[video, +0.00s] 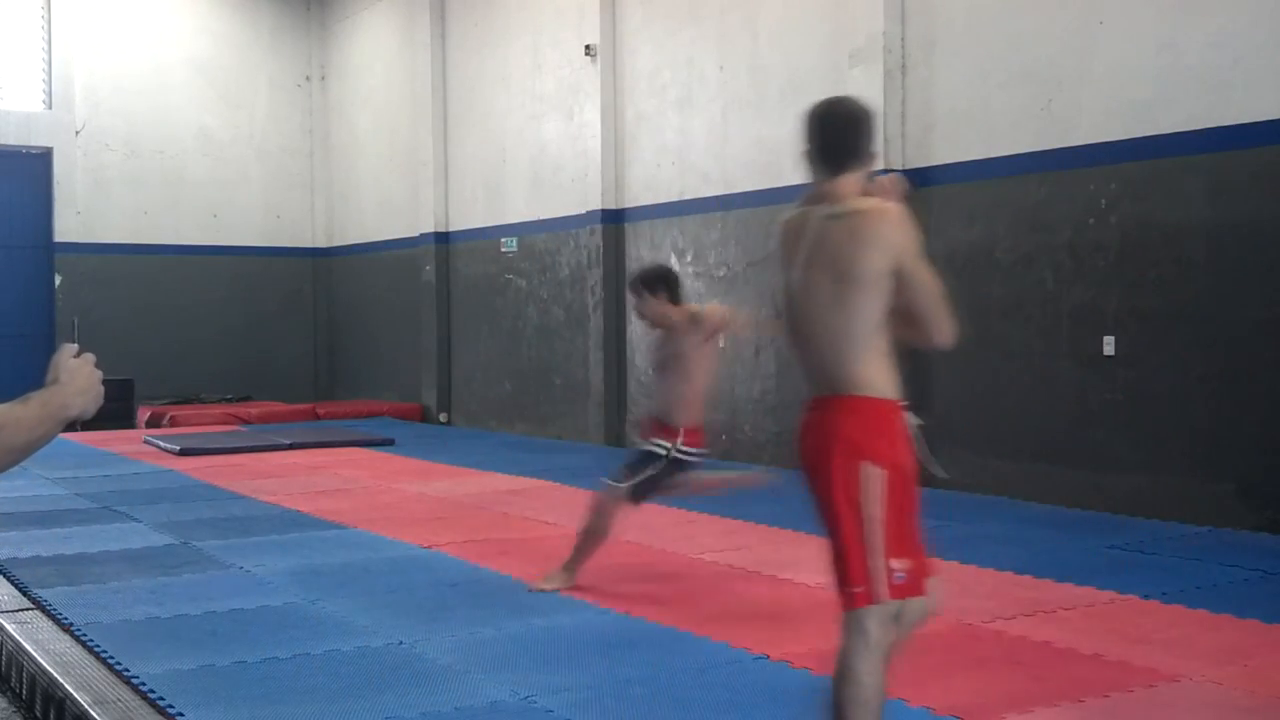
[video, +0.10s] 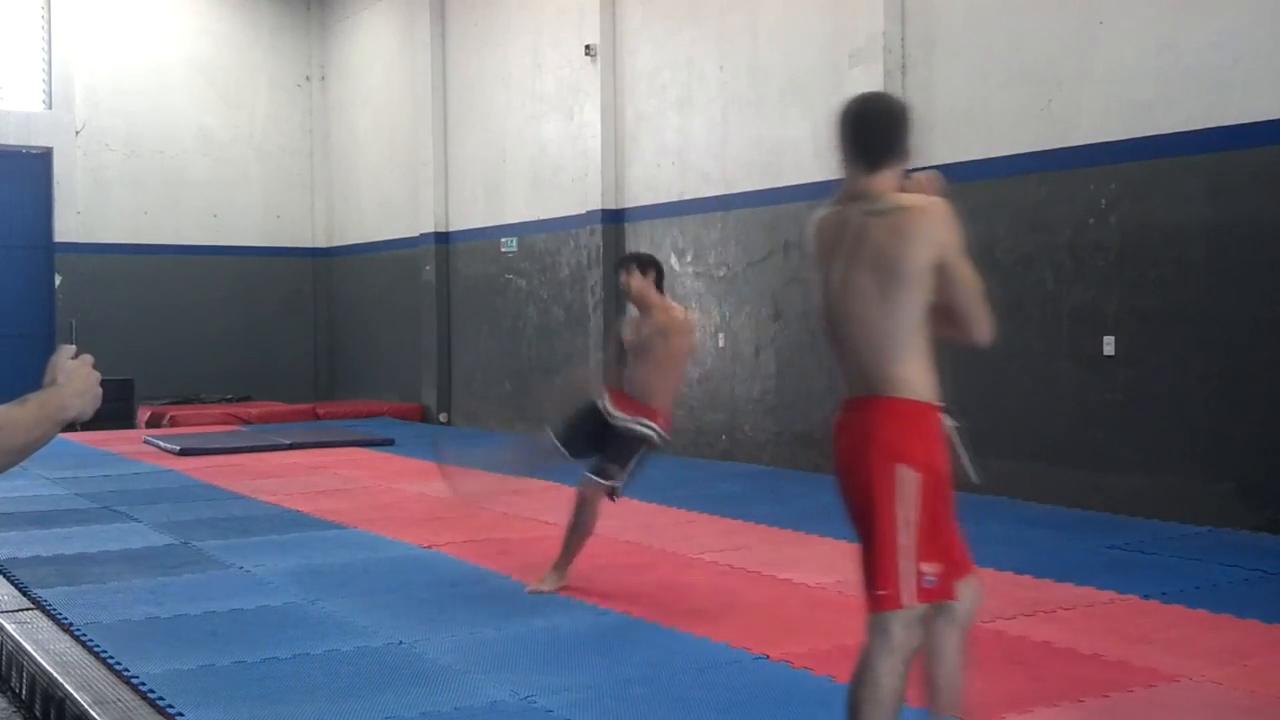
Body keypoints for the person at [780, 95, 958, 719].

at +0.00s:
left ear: (811, 152)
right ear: (869, 150)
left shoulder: (795, 226)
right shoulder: (885, 218)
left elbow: (828, 313)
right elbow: (938, 329)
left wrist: (876, 209)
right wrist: (865, 303)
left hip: (831, 430)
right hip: (867, 436)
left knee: (916, 598)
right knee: (867, 623)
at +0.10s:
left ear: (845, 148)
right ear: (903, 146)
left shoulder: (827, 225)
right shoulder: (928, 215)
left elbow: (863, 307)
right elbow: (977, 326)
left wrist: (912, 203)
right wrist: (901, 304)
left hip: (865, 431)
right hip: (903, 437)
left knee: (959, 592)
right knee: (895, 626)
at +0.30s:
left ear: (907, 160)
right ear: (971, 156)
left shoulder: (894, 235)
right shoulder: (1000, 227)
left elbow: (945, 299)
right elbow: (1056, 331)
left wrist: (980, 210)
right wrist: (981, 307)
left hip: (939, 438)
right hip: (982, 443)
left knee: (1001, 637)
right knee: (969, 639)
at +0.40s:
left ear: (936, 157)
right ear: (1001, 152)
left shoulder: (923, 233)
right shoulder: (1030, 221)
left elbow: (976, 295)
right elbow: (1091, 324)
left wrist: (1005, 208)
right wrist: (1016, 285)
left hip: (965, 441)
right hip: (1018, 447)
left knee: (1019, 634)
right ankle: (953, 713)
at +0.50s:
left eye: (973, 145)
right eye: (1024, 143)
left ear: (964, 151)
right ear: (1030, 147)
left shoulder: (948, 228)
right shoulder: (1057, 215)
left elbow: (1002, 296)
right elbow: (1121, 321)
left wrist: (1045, 210)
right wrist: (1049, 279)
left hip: (988, 441)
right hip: (1049, 443)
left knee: (1026, 618)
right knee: (1149, 609)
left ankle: (1022, 718)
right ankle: (1031, 706)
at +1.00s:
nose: (1104, 158)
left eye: (1105, 147)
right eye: (1108, 147)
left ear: (1113, 152)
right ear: (1178, 148)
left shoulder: (1074, 241)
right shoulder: (1242, 235)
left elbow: (1026, 357)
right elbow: (1274, 361)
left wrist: (1067, 295)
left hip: (1113, 451)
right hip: (1204, 452)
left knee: (1089, 634)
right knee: (1224, 639)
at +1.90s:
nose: (1155, 172)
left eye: (1162, 160)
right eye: (1154, 160)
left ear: (1200, 155)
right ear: (1220, 156)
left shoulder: (1183, 228)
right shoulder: (1271, 217)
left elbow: (1175, 337)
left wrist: (1179, 427)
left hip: (1210, 410)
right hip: (1271, 406)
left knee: (1186, 592)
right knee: (1250, 602)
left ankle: (1189, 711)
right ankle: (1241, 715)